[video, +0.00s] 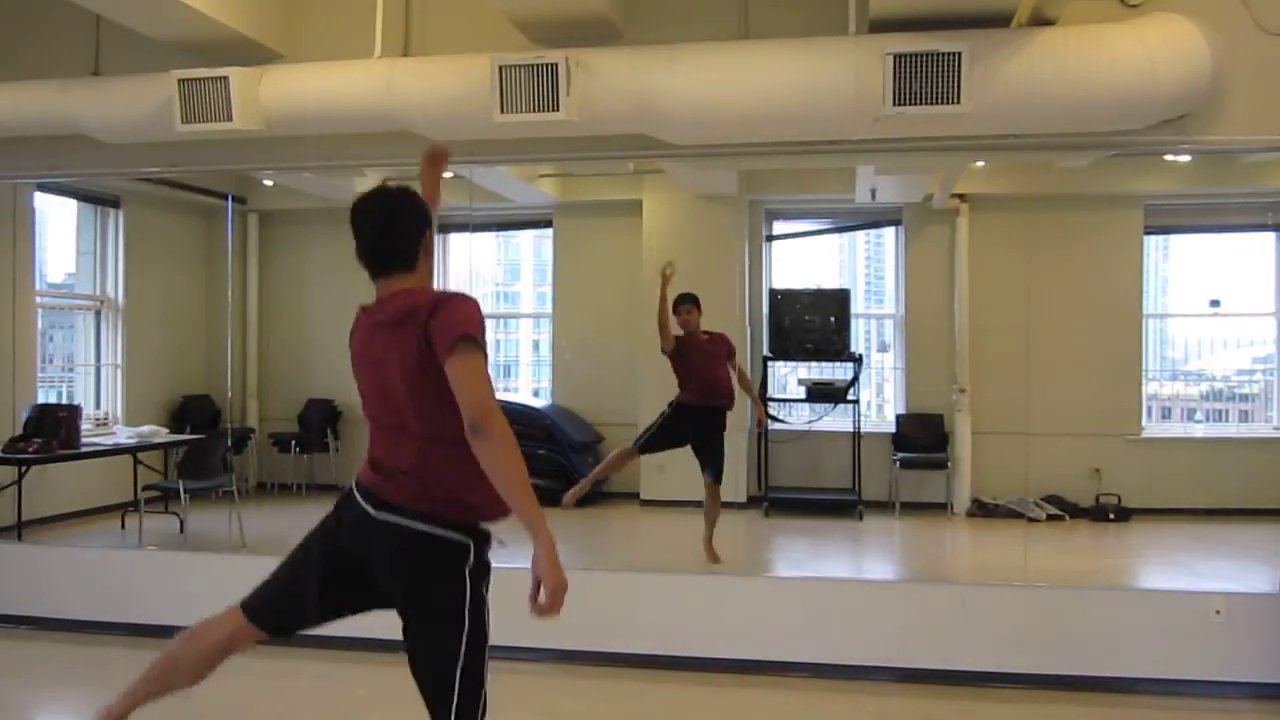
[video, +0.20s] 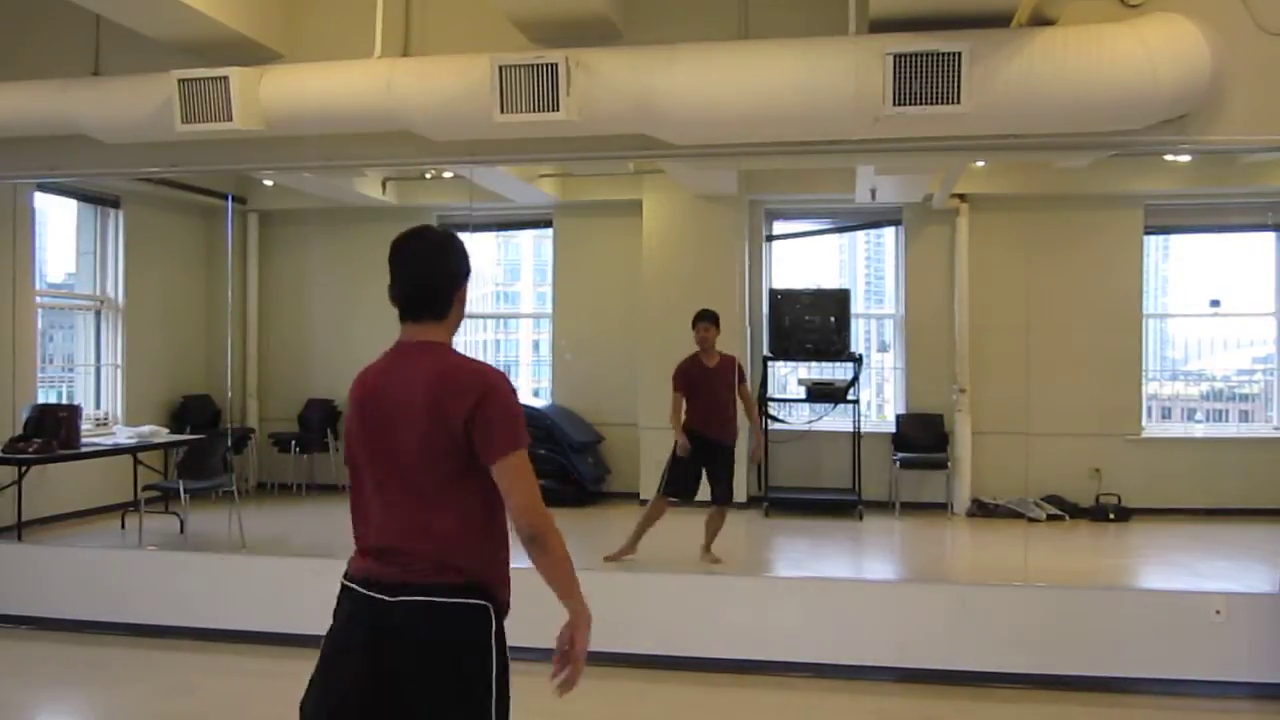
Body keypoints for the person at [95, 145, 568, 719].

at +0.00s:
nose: (425, 235)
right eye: (423, 230)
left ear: (360, 252)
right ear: (425, 241)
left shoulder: (368, 326)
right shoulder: (451, 313)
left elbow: (409, 257)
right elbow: (482, 421)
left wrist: (429, 183)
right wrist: (542, 538)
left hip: (364, 522)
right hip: (442, 549)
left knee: (242, 623)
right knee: (460, 710)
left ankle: (115, 710)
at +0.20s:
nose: (467, 296)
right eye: (467, 285)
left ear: (392, 294)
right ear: (461, 295)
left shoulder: (364, 386)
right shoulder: (481, 386)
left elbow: (368, 505)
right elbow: (530, 523)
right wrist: (577, 608)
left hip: (364, 617)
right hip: (456, 623)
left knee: (327, 711)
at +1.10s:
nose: (416, 282)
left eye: (416, 270)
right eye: (415, 270)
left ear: (341, 276)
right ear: (404, 276)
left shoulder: (327, 378)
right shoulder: (396, 345)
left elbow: (337, 491)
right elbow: (490, 381)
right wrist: (545, 349)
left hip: (359, 574)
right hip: (435, 582)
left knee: (317, 709)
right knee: (451, 711)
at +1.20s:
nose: (430, 280)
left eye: (428, 266)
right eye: (429, 268)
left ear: (357, 269)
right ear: (421, 274)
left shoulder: (310, 360)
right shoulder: (407, 345)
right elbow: (490, 398)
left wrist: (265, 430)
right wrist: (561, 398)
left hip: (344, 587)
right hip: (423, 589)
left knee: (318, 711)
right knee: (446, 711)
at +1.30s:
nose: (435, 291)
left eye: (433, 278)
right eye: (435, 279)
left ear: (362, 276)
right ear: (425, 285)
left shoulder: (296, 350)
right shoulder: (409, 365)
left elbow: (213, 423)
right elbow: (537, 442)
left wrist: (291, 420)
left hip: (315, 597)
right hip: (398, 595)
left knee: (311, 711)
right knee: (446, 711)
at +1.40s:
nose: (426, 294)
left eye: (424, 280)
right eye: (426, 281)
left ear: (353, 275)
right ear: (416, 284)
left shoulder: (291, 354)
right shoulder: (401, 372)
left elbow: (232, 462)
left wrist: (297, 464)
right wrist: (487, 513)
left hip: (288, 593)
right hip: (370, 594)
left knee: (287, 711)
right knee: (422, 711)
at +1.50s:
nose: (397, 277)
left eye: (396, 263)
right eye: (396, 262)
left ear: (322, 265)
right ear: (384, 264)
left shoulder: (277, 351)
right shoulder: (397, 357)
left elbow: (270, 464)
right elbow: (413, 504)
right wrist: (430, 530)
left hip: (276, 583)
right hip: (362, 587)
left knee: (252, 711)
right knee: (398, 712)